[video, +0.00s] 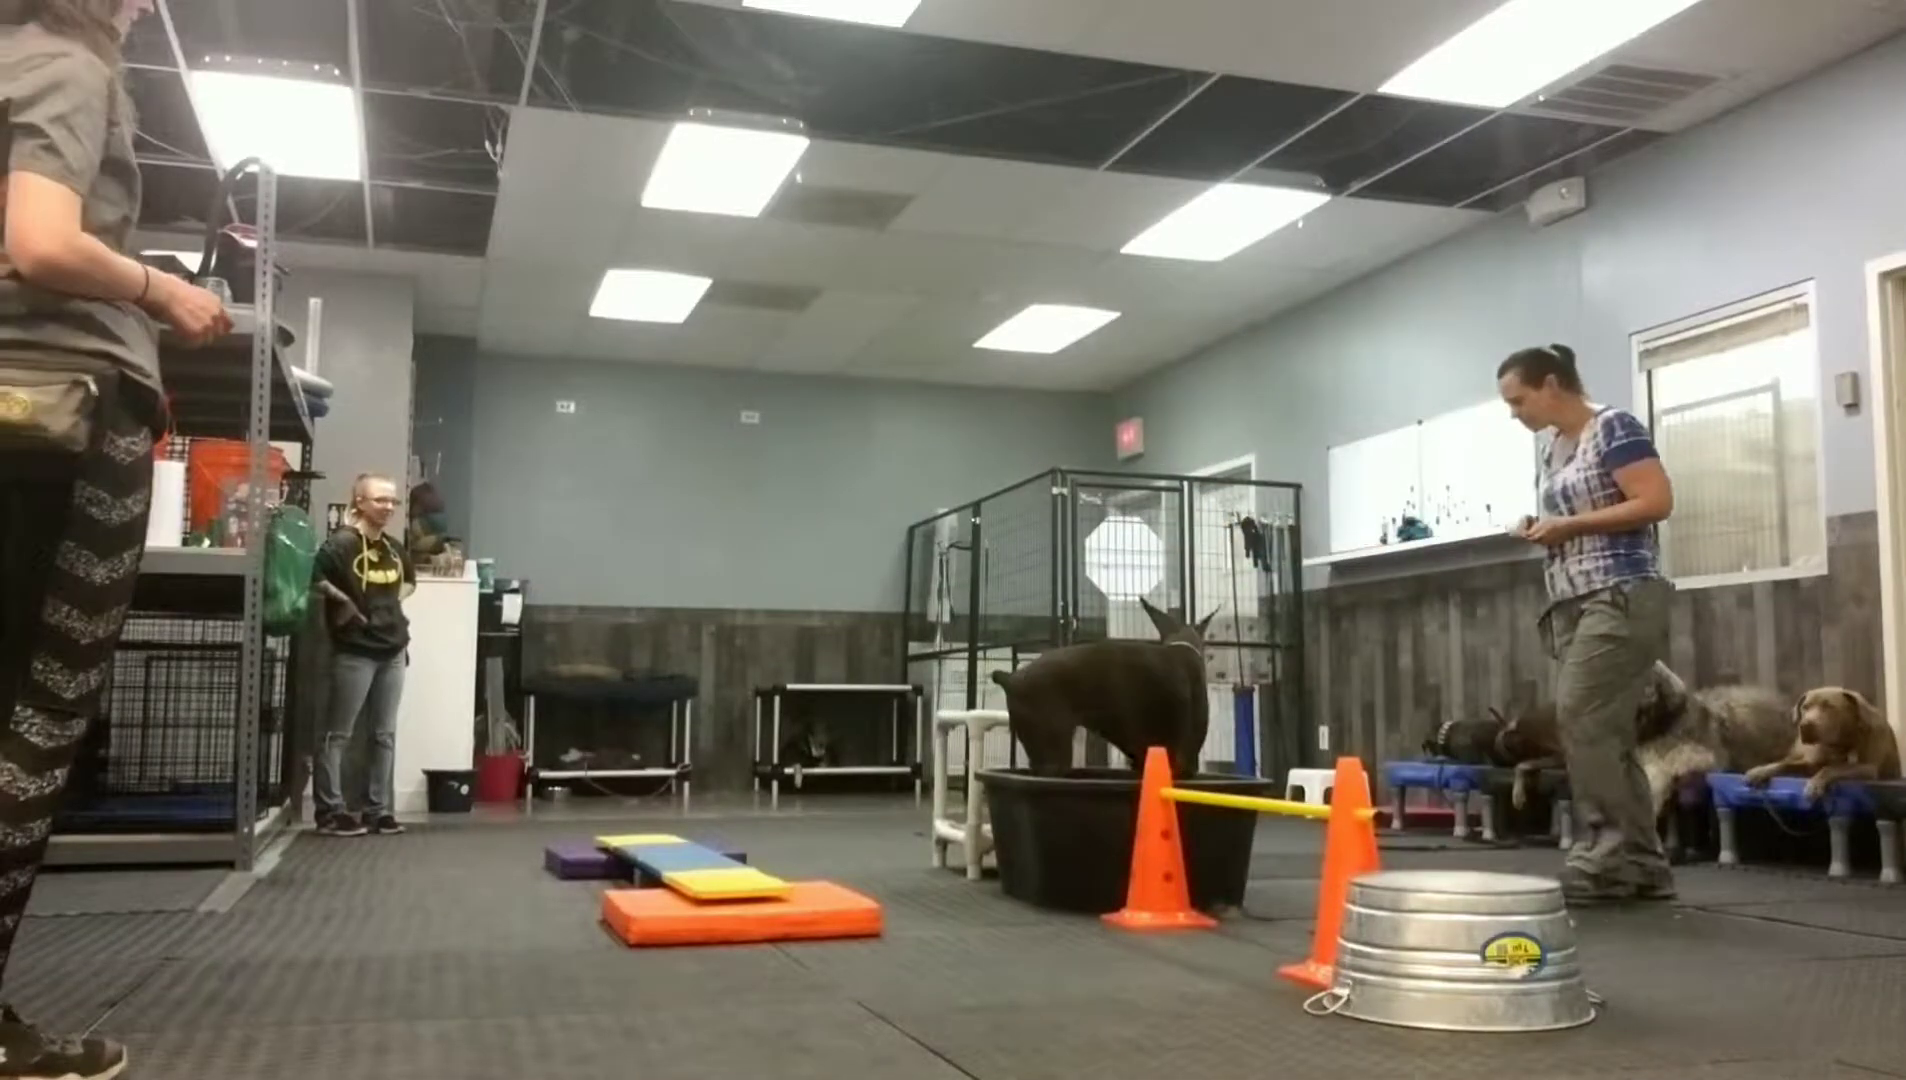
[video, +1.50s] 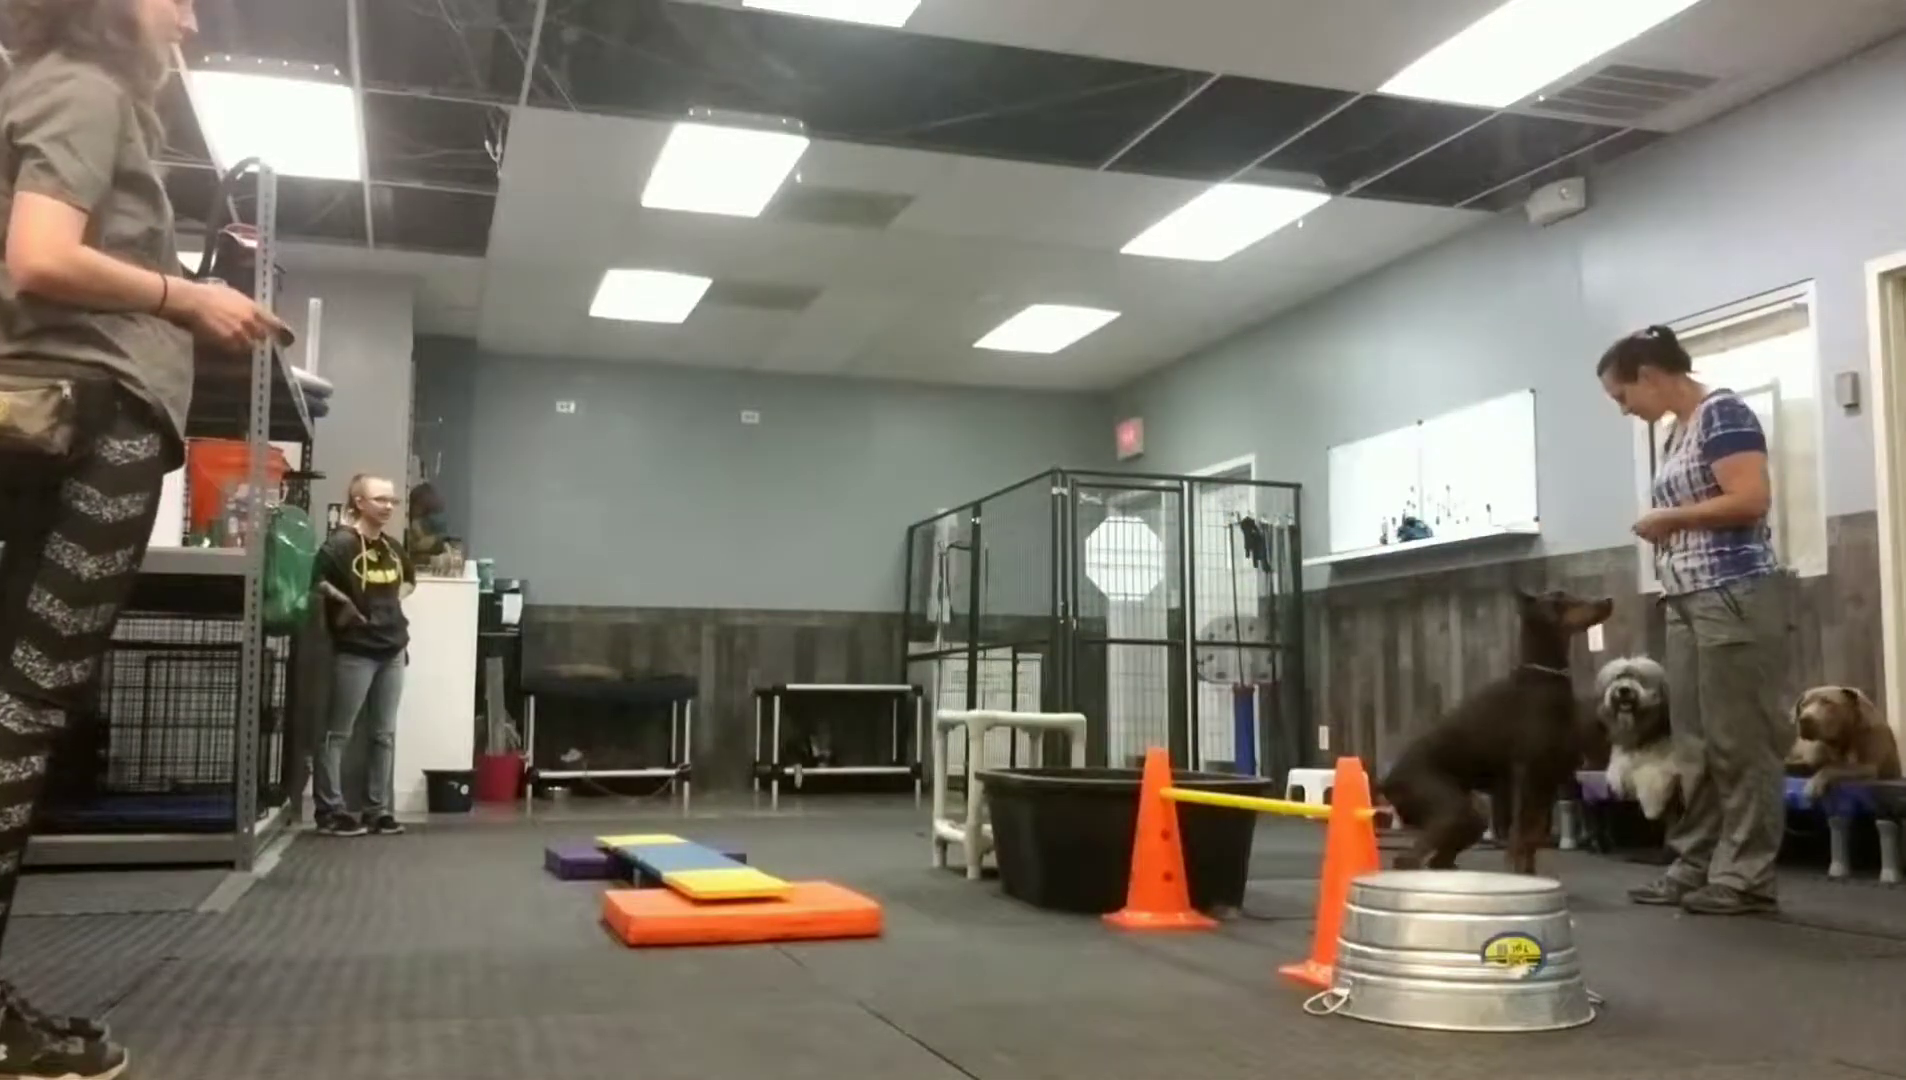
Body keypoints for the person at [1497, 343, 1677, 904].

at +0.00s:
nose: (1517, 416)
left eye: (1518, 403)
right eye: (1512, 407)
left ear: (1549, 385)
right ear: (1546, 391)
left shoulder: (1613, 426)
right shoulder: (1554, 454)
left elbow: (1656, 501)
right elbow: (1583, 523)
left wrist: (1570, 524)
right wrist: (1542, 528)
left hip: (1622, 598)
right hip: (1575, 607)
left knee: (1580, 714)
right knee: (1600, 727)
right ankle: (1643, 859)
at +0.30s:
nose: (1599, 394)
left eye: (1603, 380)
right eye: (1595, 383)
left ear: (1639, 369)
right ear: (1637, 374)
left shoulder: (1701, 418)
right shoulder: (1639, 445)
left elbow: (1733, 500)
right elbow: (1652, 524)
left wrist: (1645, 516)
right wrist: (1612, 562)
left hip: (1696, 598)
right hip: (1642, 603)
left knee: (1705, 736)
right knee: (1644, 740)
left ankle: (1743, 877)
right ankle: (1644, 866)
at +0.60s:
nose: (1634, 392)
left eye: (1637, 380)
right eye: (1630, 383)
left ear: (1672, 363)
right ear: (1666, 369)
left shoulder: (1735, 414)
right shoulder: (1668, 433)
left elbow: (1764, 498)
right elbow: (1671, 519)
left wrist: (1674, 512)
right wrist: (1648, 583)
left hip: (1721, 596)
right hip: (1670, 601)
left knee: (1723, 737)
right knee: (1679, 742)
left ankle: (1746, 874)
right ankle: (1694, 866)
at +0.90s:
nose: (1628, 407)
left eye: (1627, 393)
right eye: (1622, 397)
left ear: (1656, 373)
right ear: (1654, 378)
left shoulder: (1724, 412)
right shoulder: (1669, 436)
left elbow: (1760, 495)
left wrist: (1671, 514)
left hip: (1723, 597)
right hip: (1674, 602)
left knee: (1728, 740)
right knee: (1685, 743)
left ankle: (1746, 877)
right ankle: (1693, 867)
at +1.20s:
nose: (1625, 409)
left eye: (1624, 395)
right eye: (1619, 400)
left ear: (1652, 375)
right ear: (1651, 380)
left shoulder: (1723, 411)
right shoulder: (1670, 437)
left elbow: (1757, 494)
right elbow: (1694, 516)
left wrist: (1668, 514)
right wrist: (1657, 531)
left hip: (1723, 597)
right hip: (1674, 602)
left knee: (1729, 741)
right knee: (1685, 742)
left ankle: (1745, 877)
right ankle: (1694, 866)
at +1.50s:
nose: (1626, 410)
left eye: (1623, 396)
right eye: (1619, 401)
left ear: (1650, 374)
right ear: (1650, 380)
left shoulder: (1721, 412)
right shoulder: (1677, 435)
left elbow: (1751, 500)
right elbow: (1702, 512)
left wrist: (1670, 517)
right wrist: (1664, 528)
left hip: (1736, 599)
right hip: (1689, 603)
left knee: (1742, 740)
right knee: (1694, 740)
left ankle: (1746, 879)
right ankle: (1694, 865)